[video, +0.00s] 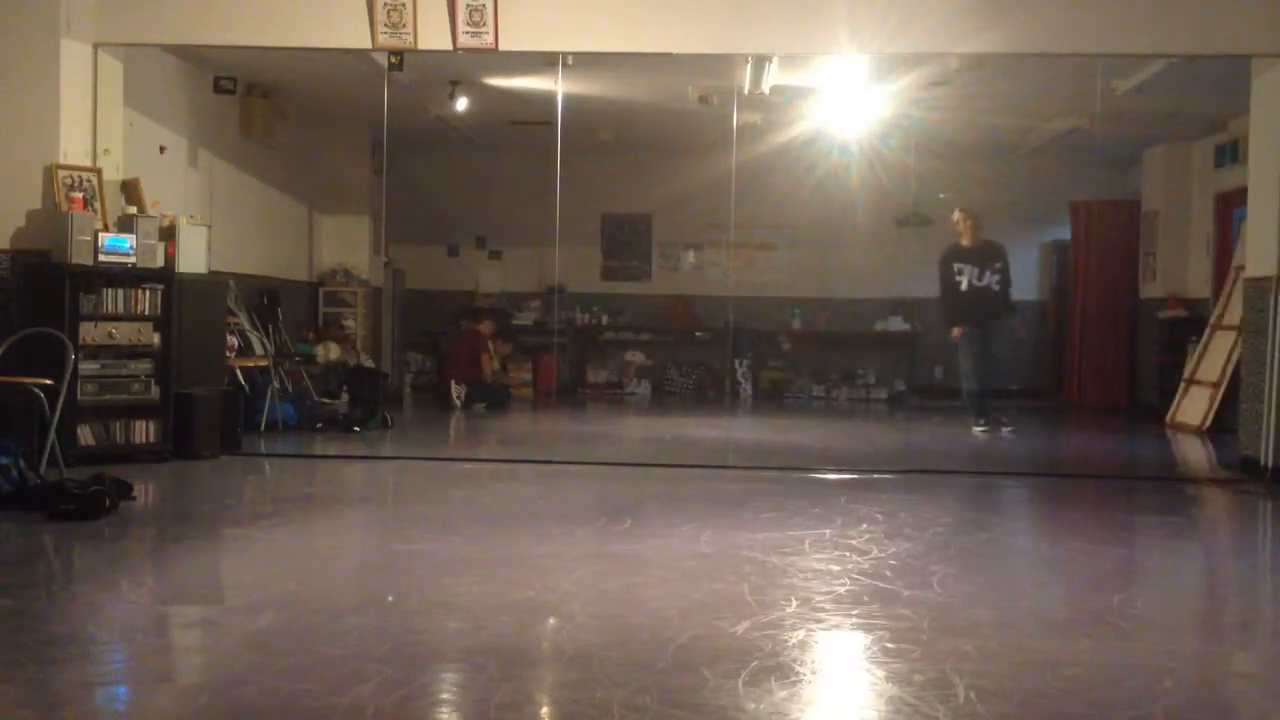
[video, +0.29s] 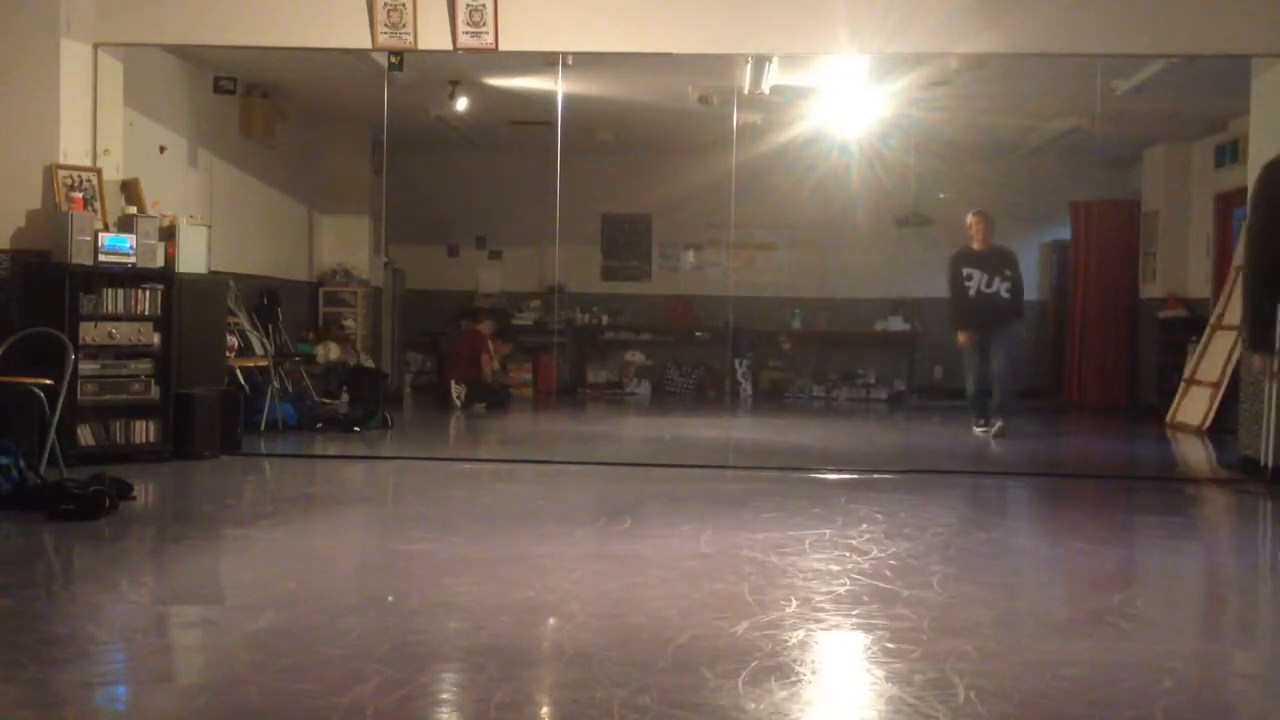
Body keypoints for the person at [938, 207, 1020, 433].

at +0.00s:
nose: (969, 224)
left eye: (971, 219)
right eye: (964, 221)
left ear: (977, 223)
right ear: (956, 226)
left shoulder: (995, 250)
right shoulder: (950, 255)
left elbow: (1004, 287)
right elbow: (947, 292)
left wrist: (1012, 316)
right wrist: (953, 322)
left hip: (994, 316)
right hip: (966, 318)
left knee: (996, 365)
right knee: (971, 368)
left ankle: (997, 413)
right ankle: (979, 417)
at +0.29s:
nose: (980, 229)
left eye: (983, 225)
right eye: (975, 225)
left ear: (991, 228)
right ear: (968, 229)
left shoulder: (1005, 255)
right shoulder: (960, 258)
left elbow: (1017, 289)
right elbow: (956, 296)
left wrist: (1017, 317)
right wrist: (960, 326)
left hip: (1001, 321)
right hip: (972, 322)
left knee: (1001, 369)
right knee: (975, 372)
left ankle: (999, 417)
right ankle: (979, 417)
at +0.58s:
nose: (978, 221)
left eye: (982, 216)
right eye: (974, 217)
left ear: (991, 220)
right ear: (968, 222)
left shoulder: (1009, 249)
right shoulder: (959, 254)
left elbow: (1019, 286)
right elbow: (954, 291)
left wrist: (1023, 319)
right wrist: (956, 321)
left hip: (1003, 318)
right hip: (971, 319)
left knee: (1001, 371)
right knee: (970, 369)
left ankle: (997, 421)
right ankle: (979, 412)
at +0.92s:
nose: (951, 225)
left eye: (956, 220)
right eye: (947, 220)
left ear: (966, 222)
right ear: (943, 225)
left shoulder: (986, 249)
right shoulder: (939, 258)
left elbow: (1001, 287)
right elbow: (934, 299)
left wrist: (1003, 323)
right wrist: (936, 332)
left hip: (985, 325)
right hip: (953, 327)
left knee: (993, 376)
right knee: (947, 378)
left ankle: (996, 425)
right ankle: (950, 426)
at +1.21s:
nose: (923, 214)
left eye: (928, 208)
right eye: (919, 209)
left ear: (941, 210)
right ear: (916, 213)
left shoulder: (960, 243)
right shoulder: (913, 247)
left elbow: (971, 281)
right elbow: (904, 286)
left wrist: (974, 314)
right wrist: (902, 321)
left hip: (950, 314)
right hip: (921, 315)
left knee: (941, 367)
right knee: (930, 369)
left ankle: (949, 424)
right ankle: (942, 425)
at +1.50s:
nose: (891, 219)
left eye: (896, 214)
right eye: (889, 214)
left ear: (910, 217)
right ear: (886, 218)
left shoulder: (925, 249)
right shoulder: (882, 253)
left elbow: (932, 290)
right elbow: (873, 293)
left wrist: (932, 324)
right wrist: (874, 327)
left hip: (911, 321)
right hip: (887, 321)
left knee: (887, 369)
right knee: (913, 375)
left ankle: (877, 425)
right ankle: (941, 418)